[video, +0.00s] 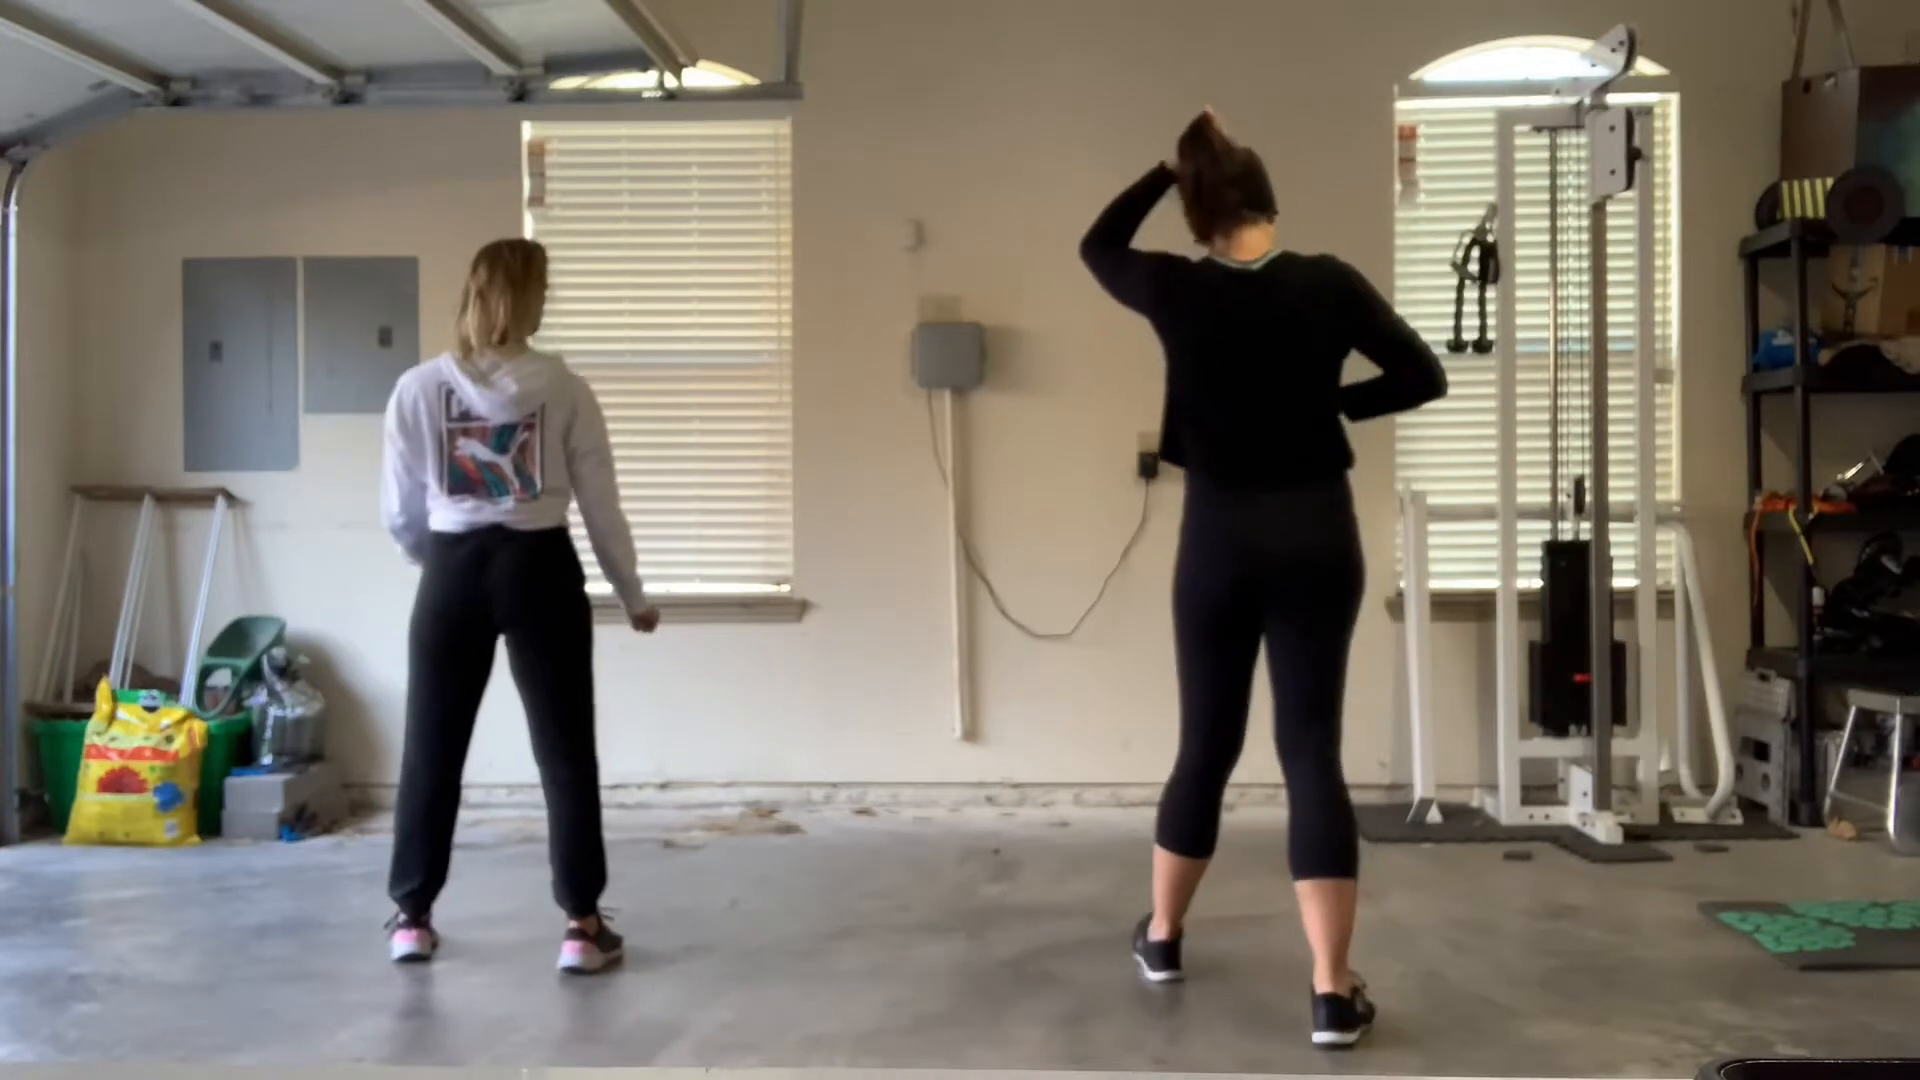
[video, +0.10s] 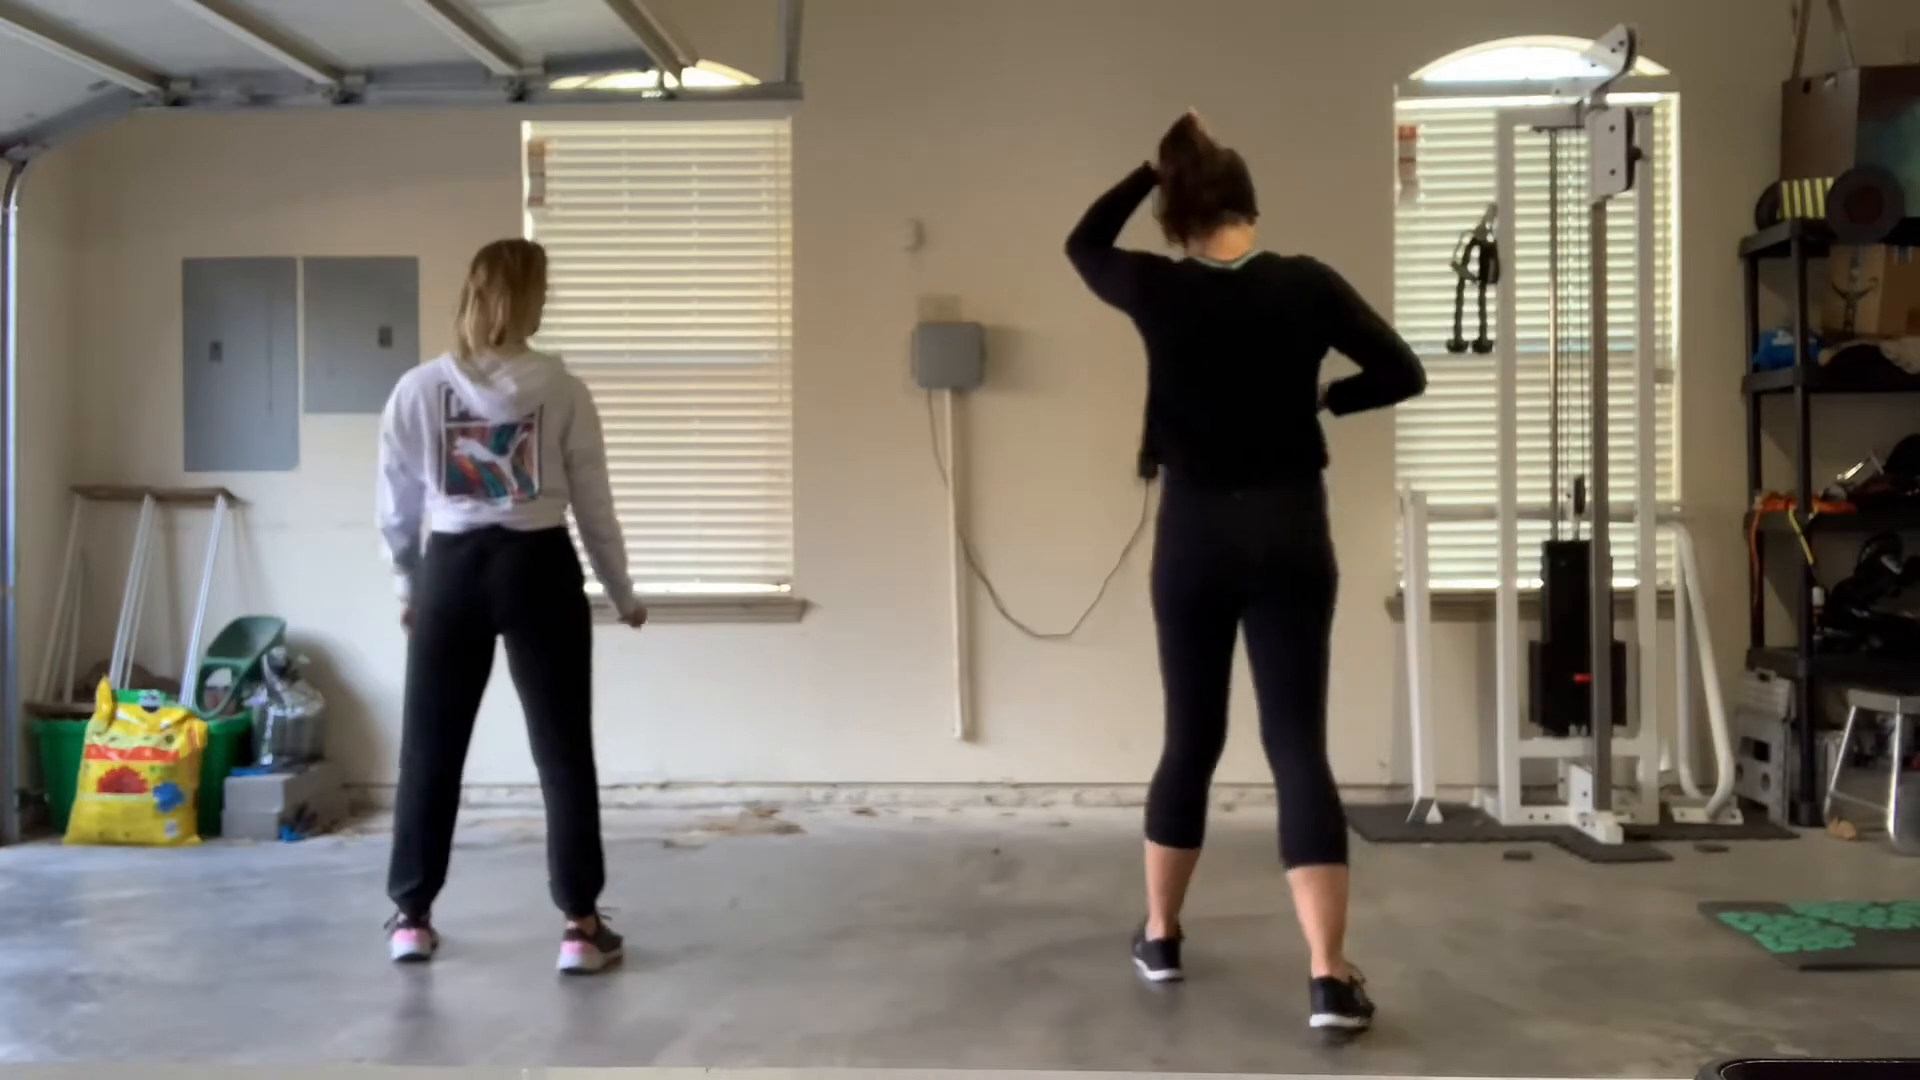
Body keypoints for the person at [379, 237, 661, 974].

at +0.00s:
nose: (541, 306)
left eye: (530, 291)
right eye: (541, 295)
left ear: (470, 296)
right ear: (536, 301)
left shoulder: (417, 389)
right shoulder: (564, 387)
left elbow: (402, 512)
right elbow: (600, 506)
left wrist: (439, 562)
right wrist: (633, 593)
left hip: (452, 579)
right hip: (543, 577)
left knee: (431, 748)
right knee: (566, 751)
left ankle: (412, 919)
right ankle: (582, 926)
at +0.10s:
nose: (543, 305)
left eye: (535, 291)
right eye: (541, 294)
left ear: (470, 296)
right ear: (534, 300)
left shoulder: (419, 388)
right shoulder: (563, 389)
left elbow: (396, 504)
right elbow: (592, 506)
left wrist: (409, 580)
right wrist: (622, 589)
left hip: (449, 577)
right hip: (542, 576)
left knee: (430, 748)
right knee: (564, 750)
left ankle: (412, 918)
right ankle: (580, 923)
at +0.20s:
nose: (543, 308)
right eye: (544, 295)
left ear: (473, 297)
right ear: (540, 302)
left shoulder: (425, 389)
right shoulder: (570, 387)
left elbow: (394, 497)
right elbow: (596, 495)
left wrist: (389, 587)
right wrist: (611, 575)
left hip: (459, 576)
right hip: (550, 576)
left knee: (435, 747)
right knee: (570, 750)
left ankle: (411, 917)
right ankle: (582, 924)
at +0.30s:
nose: (551, 309)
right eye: (554, 298)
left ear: (481, 296)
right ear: (547, 304)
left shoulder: (430, 387)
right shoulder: (573, 388)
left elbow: (391, 493)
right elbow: (600, 492)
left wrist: (375, 584)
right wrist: (599, 556)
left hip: (461, 578)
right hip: (553, 577)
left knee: (439, 746)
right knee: (572, 751)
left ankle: (412, 917)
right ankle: (584, 925)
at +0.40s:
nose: (561, 313)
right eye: (561, 302)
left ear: (481, 300)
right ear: (550, 306)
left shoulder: (427, 386)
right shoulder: (572, 390)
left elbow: (386, 492)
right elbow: (603, 506)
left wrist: (366, 585)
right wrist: (595, 537)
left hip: (457, 578)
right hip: (549, 577)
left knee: (436, 746)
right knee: (568, 751)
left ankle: (411, 917)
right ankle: (583, 925)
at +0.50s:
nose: (559, 313)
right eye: (558, 301)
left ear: (477, 299)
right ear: (548, 306)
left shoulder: (425, 385)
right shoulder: (570, 388)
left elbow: (378, 489)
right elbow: (601, 505)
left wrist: (361, 581)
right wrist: (594, 534)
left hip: (456, 578)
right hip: (548, 576)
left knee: (434, 747)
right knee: (568, 751)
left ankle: (411, 917)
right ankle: (582, 925)